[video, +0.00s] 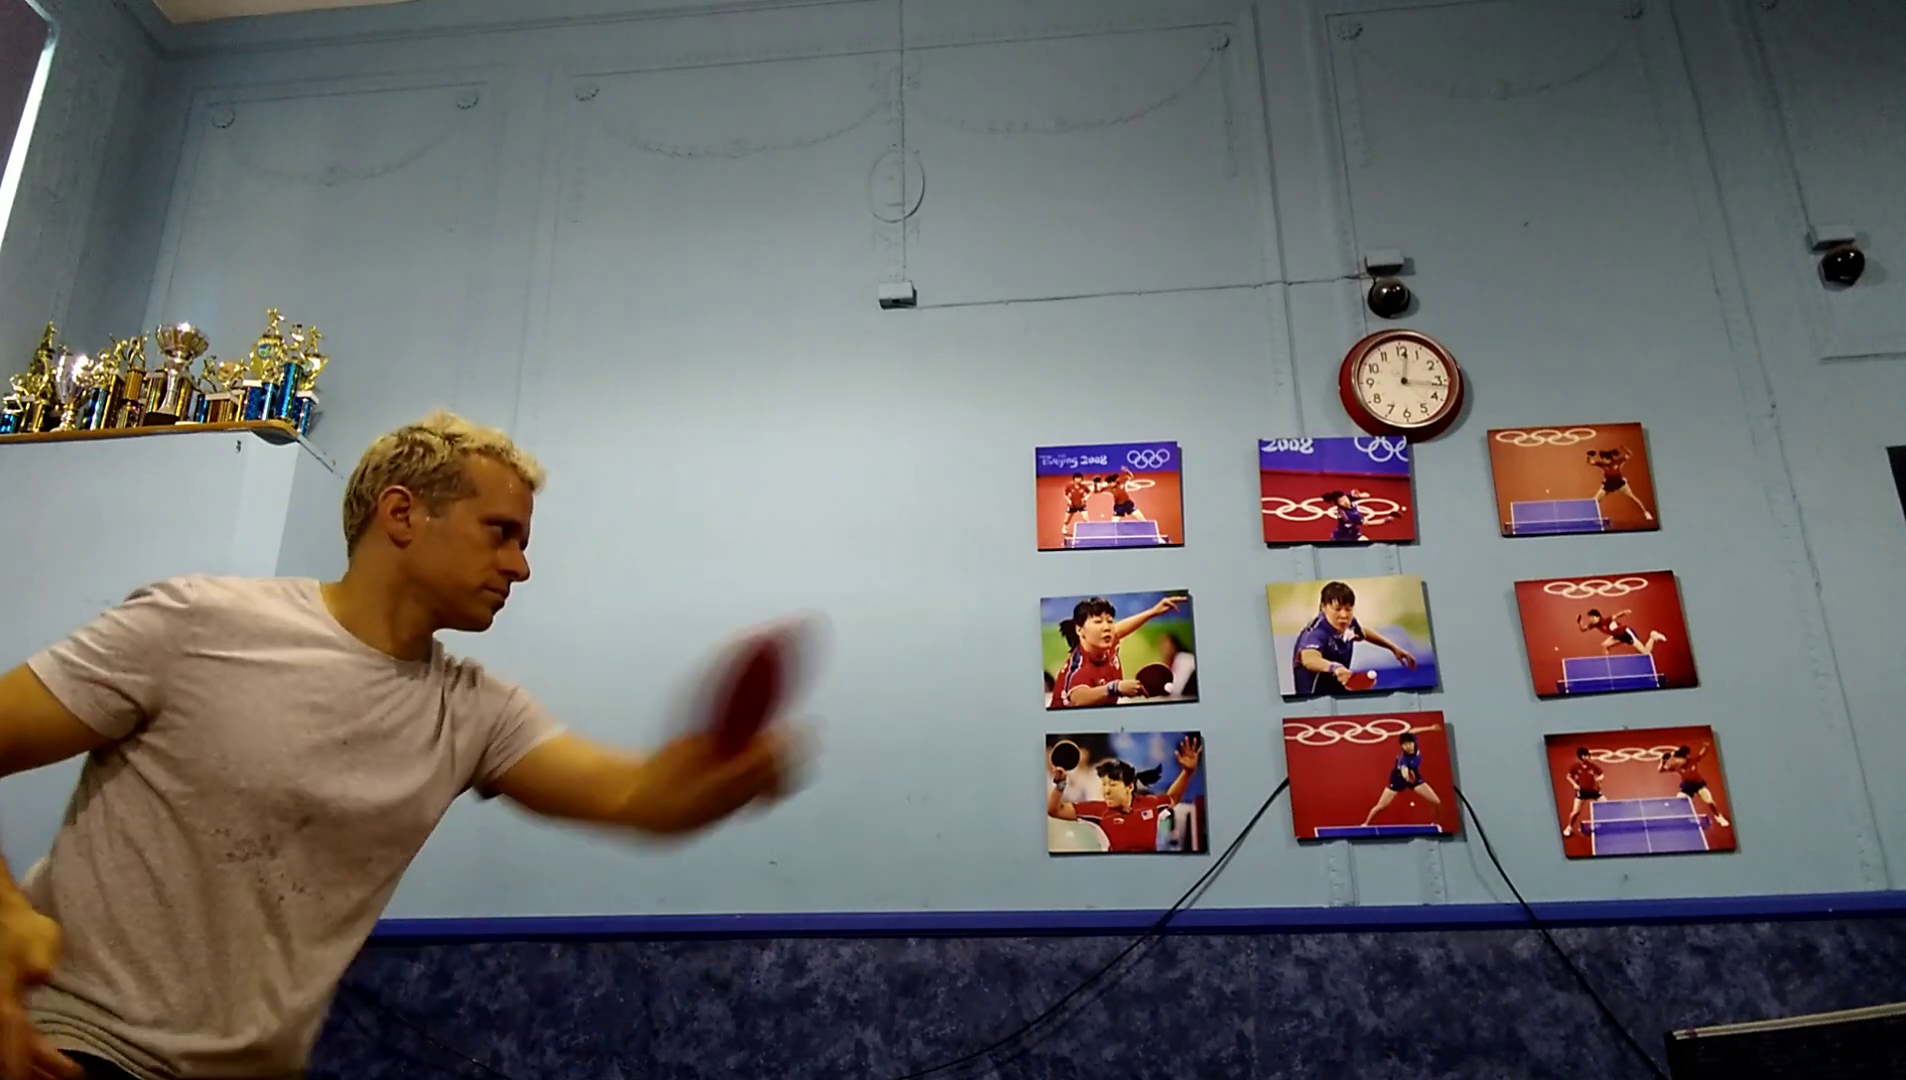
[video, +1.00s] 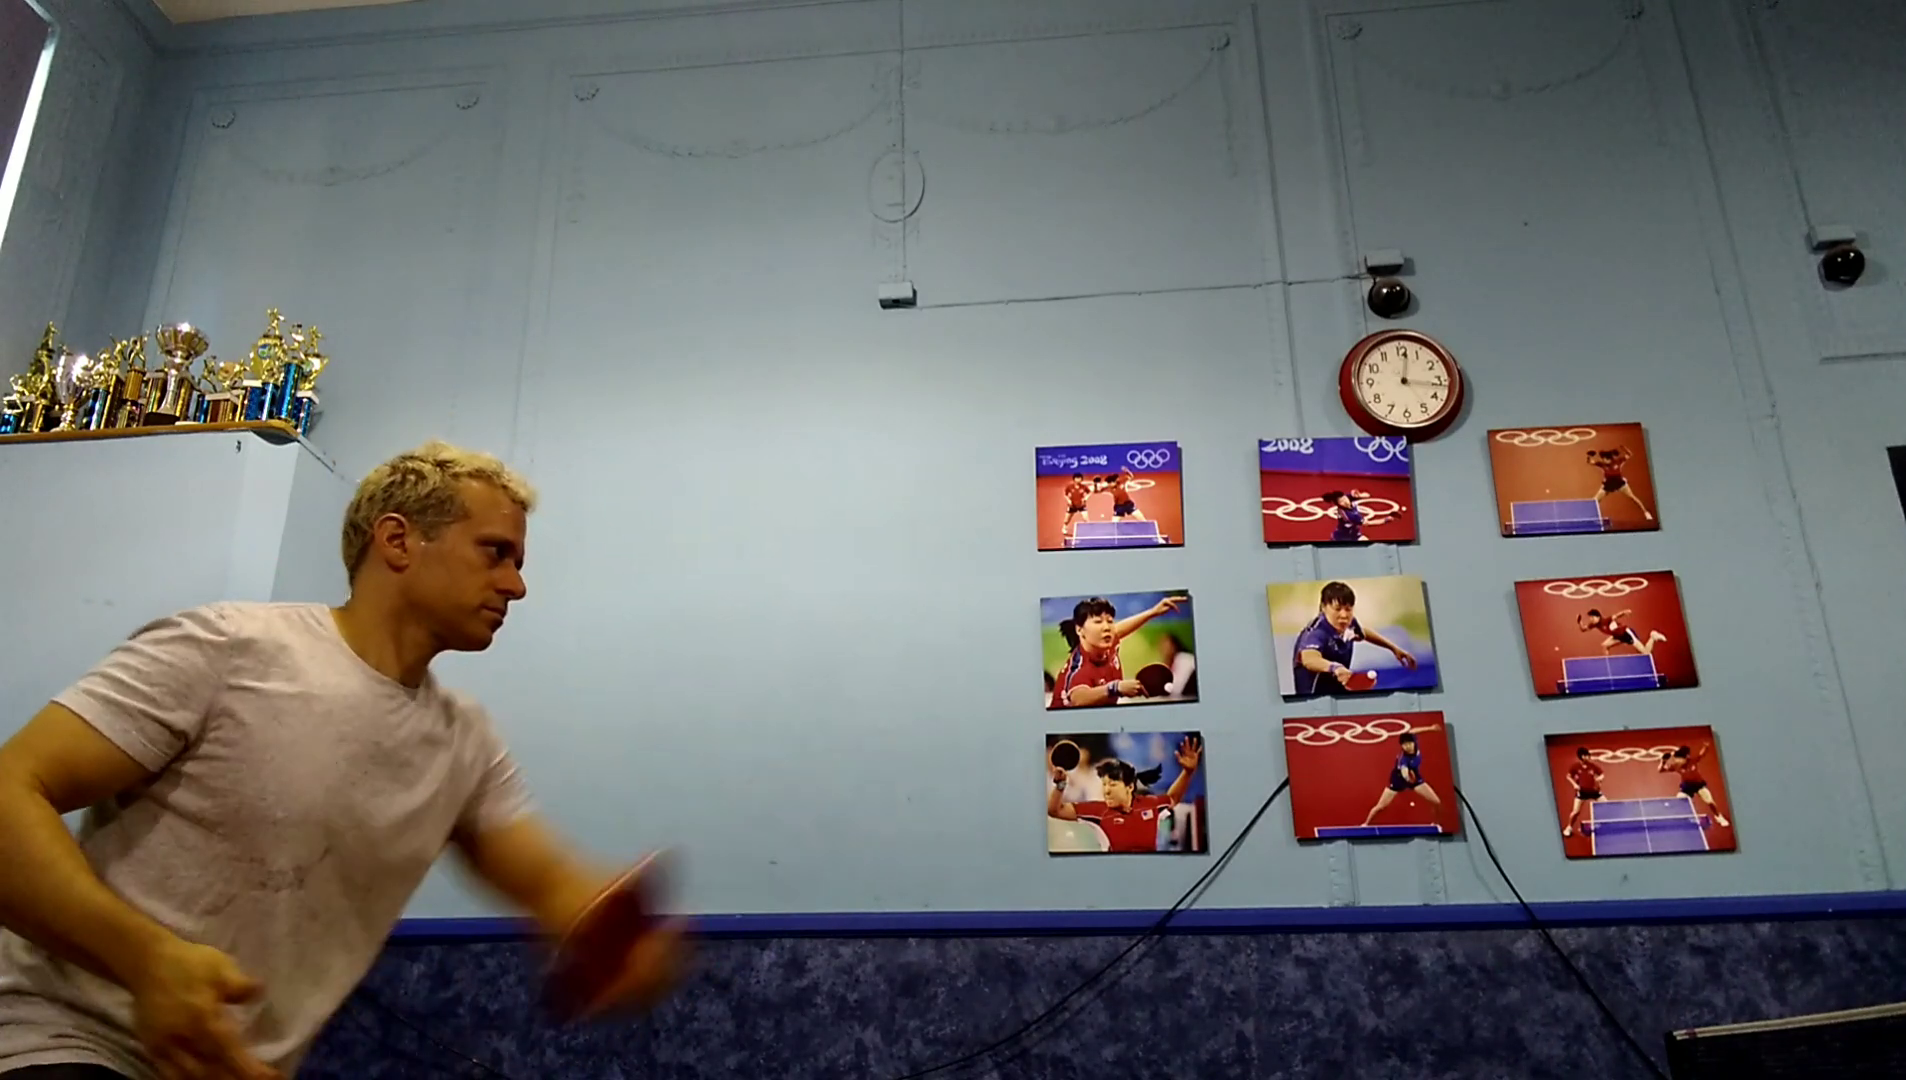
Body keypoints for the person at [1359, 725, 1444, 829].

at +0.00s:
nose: (1408, 747)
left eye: (1409, 744)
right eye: (1405, 745)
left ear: (1414, 743)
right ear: (1402, 746)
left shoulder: (1416, 747)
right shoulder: (1403, 759)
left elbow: (1413, 731)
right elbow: (1404, 771)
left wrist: (1431, 728)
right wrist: (1409, 778)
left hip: (1415, 779)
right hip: (1398, 781)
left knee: (1436, 802)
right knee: (1381, 806)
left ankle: (1435, 824)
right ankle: (1366, 823)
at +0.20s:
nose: (1408, 747)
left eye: (1409, 744)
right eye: (1405, 745)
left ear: (1414, 743)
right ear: (1402, 746)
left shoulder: (1416, 747)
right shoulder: (1403, 759)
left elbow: (1413, 731)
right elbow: (1404, 771)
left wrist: (1431, 728)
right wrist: (1409, 778)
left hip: (1415, 779)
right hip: (1398, 781)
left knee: (1436, 802)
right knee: (1381, 806)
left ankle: (1435, 824)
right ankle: (1366, 823)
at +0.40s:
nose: (1408, 747)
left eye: (1409, 744)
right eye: (1405, 745)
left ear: (1414, 743)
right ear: (1402, 746)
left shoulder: (1416, 748)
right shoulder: (1403, 758)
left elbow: (1413, 731)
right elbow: (1404, 771)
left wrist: (1431, 728)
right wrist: (1409, 778)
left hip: (1415, 779)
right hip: (1398, 781)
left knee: (1436, 801)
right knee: (1381, 806)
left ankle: (1435, 823)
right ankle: (1366, 823)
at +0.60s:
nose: (1408, 747)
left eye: (1409, 744)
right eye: (1405, 745)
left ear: (1414, 743)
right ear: (1402, 746)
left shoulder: (1416, 747)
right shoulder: (1403, 759)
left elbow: (1413, 731)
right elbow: (1404, 771)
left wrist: (1431, 728)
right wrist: (1408, 778)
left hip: (1415, 779)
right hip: (1398, 781)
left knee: (1436, 801)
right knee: (1381, 806)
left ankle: (1435, 823)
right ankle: (1366, 823)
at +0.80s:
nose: (1408, 747)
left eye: (1409, 744)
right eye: (1405, 745)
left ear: (1414, 743)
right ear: (1402, 746)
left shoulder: (1416, 748)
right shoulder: (1403, 758)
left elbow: (1413, 731)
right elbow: (1404, 771)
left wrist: (1431, 728)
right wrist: (1408, 778)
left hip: (1415, 779)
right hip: (1398, 781)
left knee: (1436, 802)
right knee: (1381, 805)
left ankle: (1435, 823)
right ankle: (1366, 823)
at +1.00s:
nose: (1408, 747)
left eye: (1409, 744)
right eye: (1405, 745)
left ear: (1413, 743)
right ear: (1402, 746)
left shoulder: (1415, 747)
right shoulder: (1403, 758)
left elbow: (1414, 731)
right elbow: (1404, 771)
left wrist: (1431, 728)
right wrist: (1408, 778)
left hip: (1415, 779)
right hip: (1398, 781)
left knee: (1436, 801)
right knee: (1381, 806)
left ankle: (1436, 823)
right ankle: (1366, 823)